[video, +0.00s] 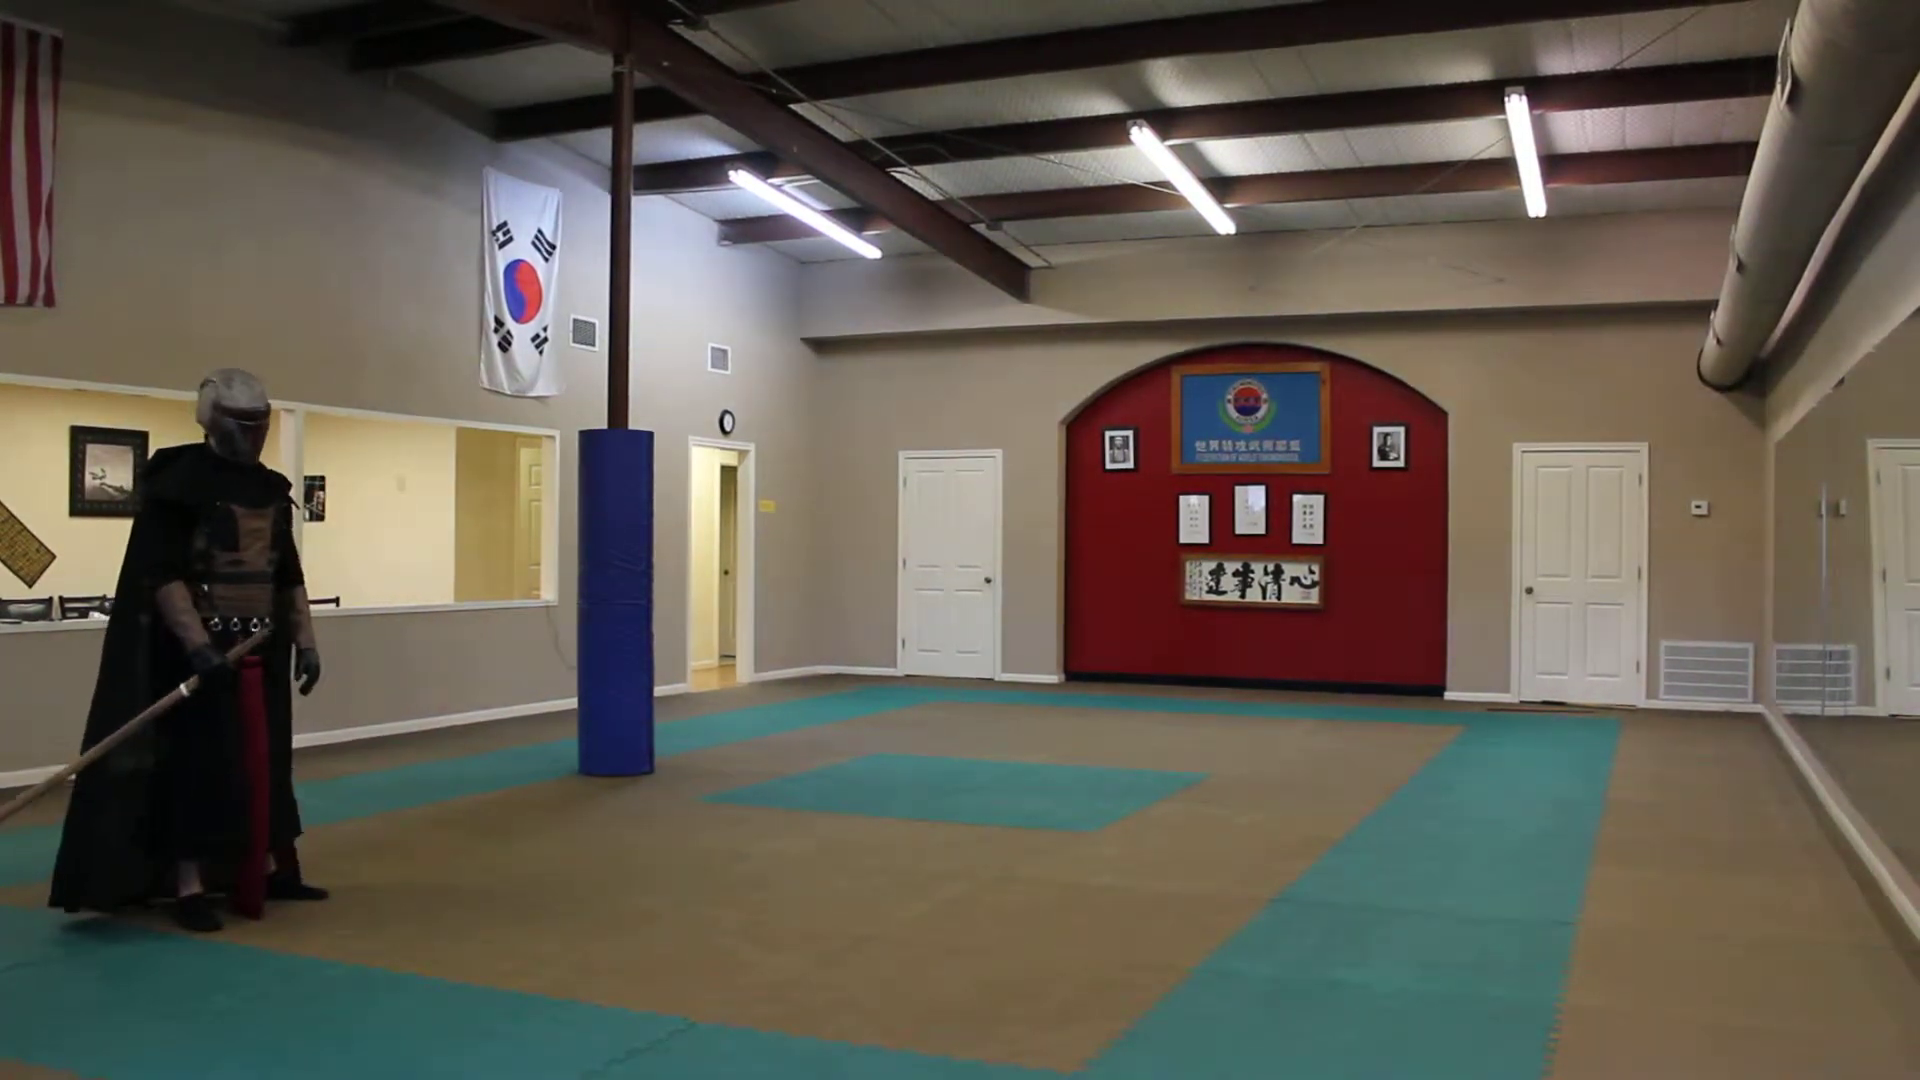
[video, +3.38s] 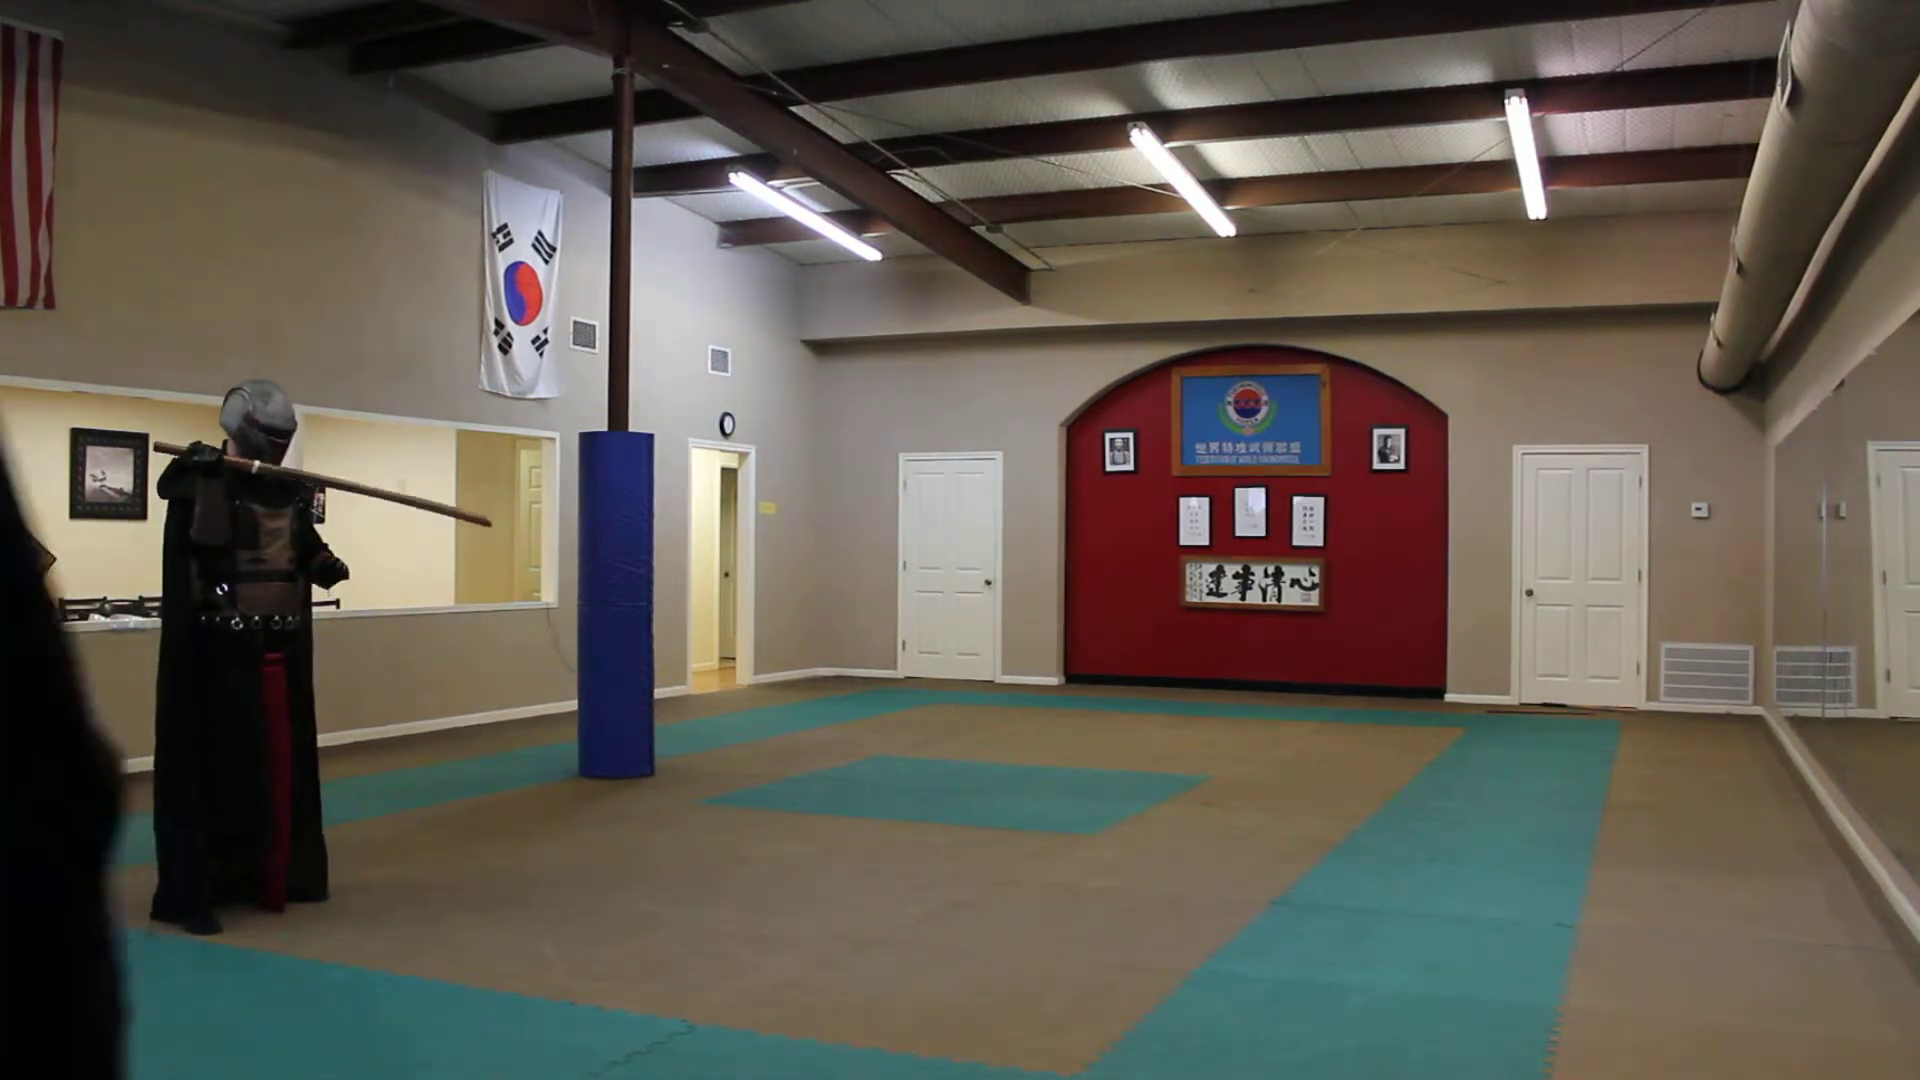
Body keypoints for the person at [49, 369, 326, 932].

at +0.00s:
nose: (251, 430)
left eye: (258, 420)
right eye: (238, 419)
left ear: (269, 421)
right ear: (209, 418)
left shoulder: (271, 489)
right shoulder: (175, 476)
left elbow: (289, 572)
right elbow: (160, 572)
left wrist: (305, 640)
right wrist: (198, 643)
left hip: (258, 651)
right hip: (191, 650)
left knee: (268, 759)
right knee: (192, 765)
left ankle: (275, 869)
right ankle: (189, 885)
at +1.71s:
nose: (276, 437)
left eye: (279, 427)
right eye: (268, 427)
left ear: (270, 427)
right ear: (232, 422)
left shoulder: (274, 493)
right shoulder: (185, 477)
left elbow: (295, 564)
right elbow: (158, 560)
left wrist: (315, 614)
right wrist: (219, 567)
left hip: (264, 652)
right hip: (198, 651)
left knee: (271, 762)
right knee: (199, 766)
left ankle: (273, 877)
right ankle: (187, 893)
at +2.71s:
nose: (278, 452)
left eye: (285, 441)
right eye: (270, 439)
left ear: (291, 440)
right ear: (239, 431)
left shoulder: (285, 494)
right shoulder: (203, 480)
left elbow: (310, 569)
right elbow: (203, 561)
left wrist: (331, 556)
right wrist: (248, 493)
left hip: (272, 647)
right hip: (212, 650)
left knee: (276, 764)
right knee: (200, 764)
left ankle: (275, 878)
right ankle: (184, 890)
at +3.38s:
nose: (279, 447)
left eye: (284, 437)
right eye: (271, 435)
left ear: (287, 437)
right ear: (242, 428)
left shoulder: (287, 491)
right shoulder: (199, 482)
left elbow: (306, 547)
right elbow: (208, 546)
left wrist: (324, 565)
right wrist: (219, 473)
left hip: (277, 650)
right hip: (214, 655)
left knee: (280, 766)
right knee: (209, 767)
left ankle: (276, 883)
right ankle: (193, 893)